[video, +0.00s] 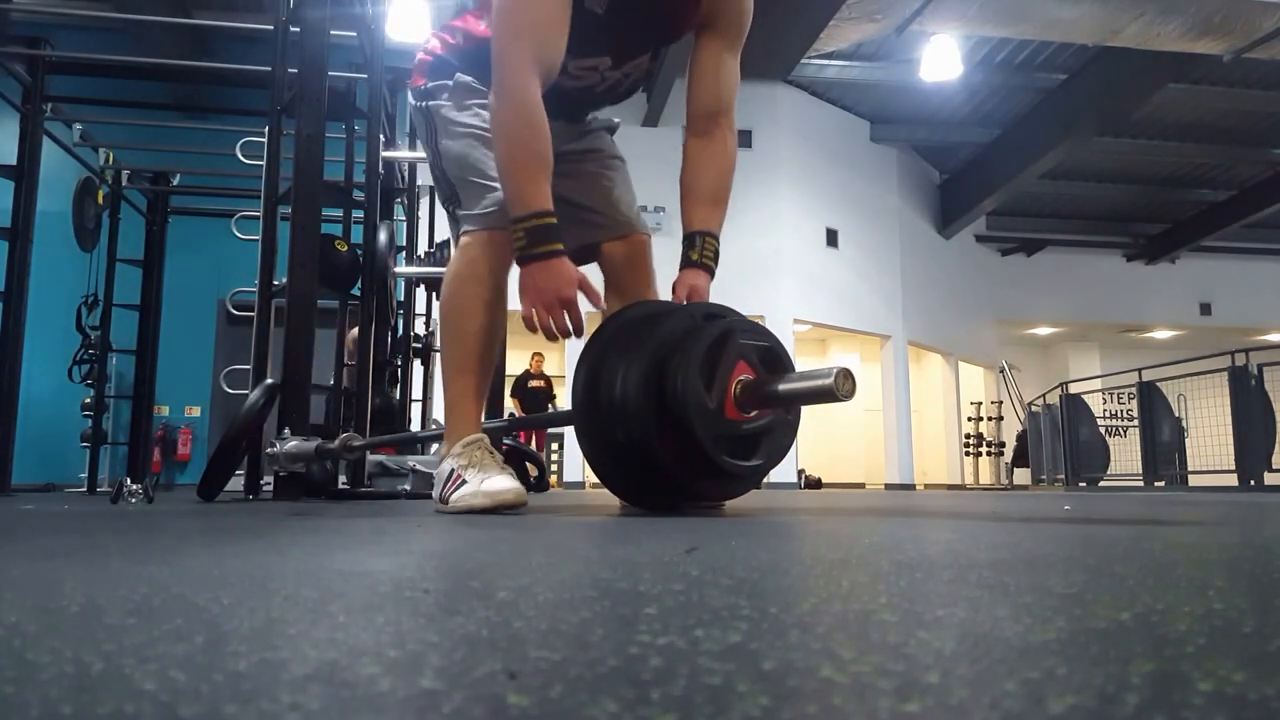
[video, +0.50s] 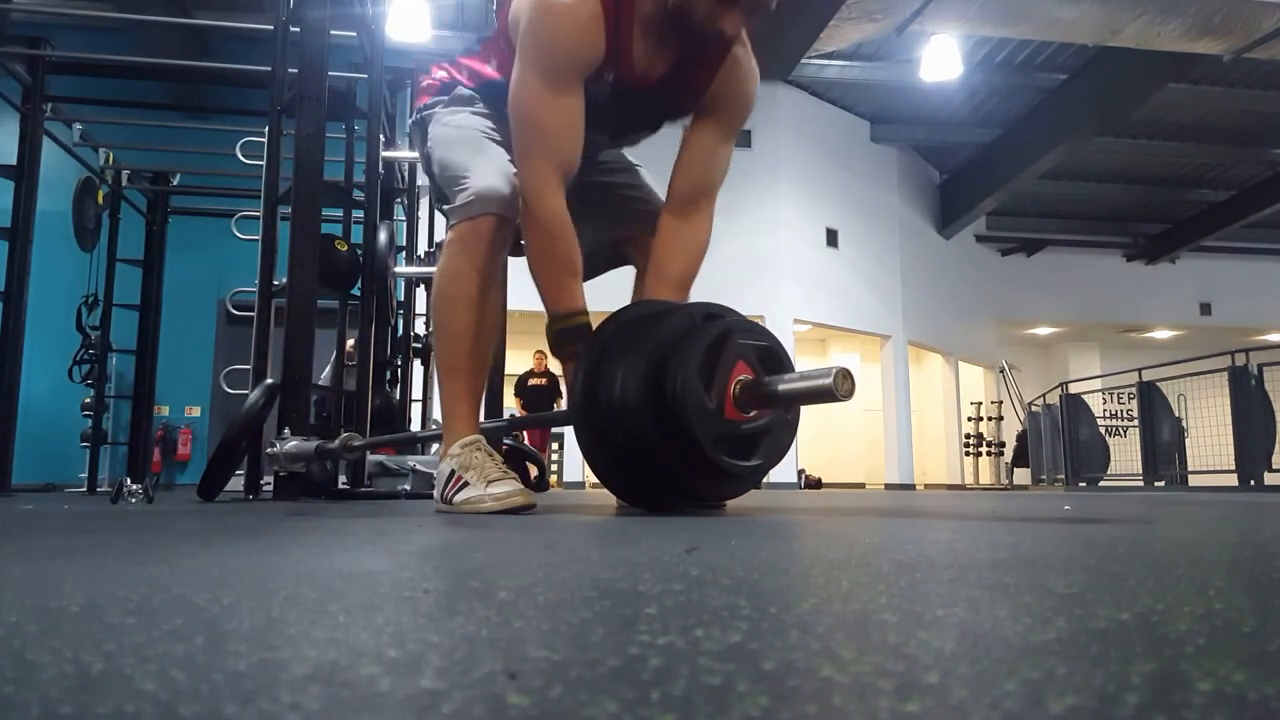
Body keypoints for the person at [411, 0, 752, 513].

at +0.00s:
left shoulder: (726, 3)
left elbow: (711, 124)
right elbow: (517, 83)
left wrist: (699, 259)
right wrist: (539, 248)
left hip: (574, 107)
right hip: (470, 76)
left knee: (629, 243)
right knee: (494, 224)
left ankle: (651, 460)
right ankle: (463, 450)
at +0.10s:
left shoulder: (727, 6)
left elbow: (708, 139)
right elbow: (524, 90)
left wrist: (692, 275)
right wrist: (546, 261)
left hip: (575, 109)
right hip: (471, 76)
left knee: (630, 243)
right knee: (499, 225)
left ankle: (648, 459)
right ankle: (463, 448)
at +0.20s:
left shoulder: (730, 11)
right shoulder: (551, 2)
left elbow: (705, 147)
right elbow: (528, 107)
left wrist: (683, 283)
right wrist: (553, 274)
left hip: (574, 110)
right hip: (471, 80)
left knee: (641, 241)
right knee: (499, 219)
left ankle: (649, 460)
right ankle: (465, 451)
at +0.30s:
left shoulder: (733, 19)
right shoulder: (560, 3)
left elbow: (702, 159)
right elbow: (535, 125)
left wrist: (671, 295)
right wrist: (559, 294)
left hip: (578, 116)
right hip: (472, 85)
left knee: (654, 242)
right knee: (490, 207)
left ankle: (652, 460)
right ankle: (462, 451)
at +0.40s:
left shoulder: (734, 42)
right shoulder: (565, 5)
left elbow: (695, 183)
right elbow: (539, 156)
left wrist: (661, 321)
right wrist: (567, 321)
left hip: (584, 126)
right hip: (476, 93)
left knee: (657, 243)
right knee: (491, 203)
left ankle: (652, 458)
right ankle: (462, 449)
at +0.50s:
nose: (733, 24)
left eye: (750, 12)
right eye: (725, 3)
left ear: (759, 9)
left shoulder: (733, 69)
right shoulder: (566, 15)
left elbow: (690, 210)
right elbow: (543, 182)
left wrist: (650, 349)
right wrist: (575, 346)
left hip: (580, 131)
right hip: (473, 102)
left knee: (664, 237)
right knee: (490, 200)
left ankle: (654, 454)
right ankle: (462, 450)